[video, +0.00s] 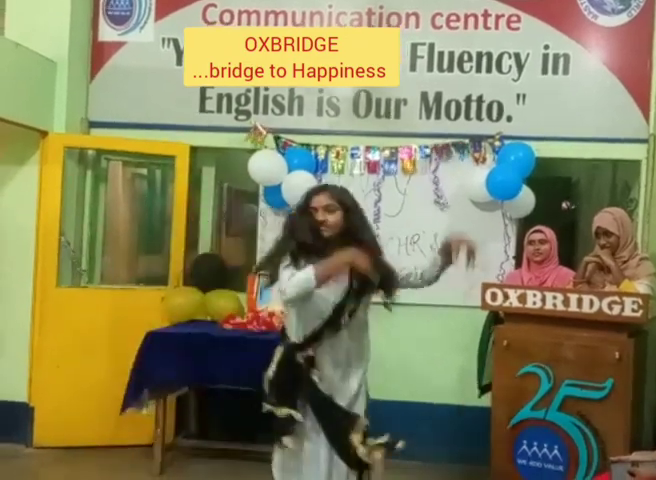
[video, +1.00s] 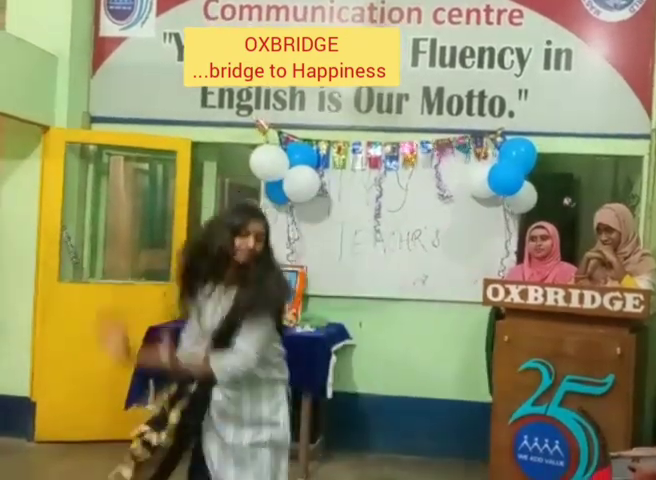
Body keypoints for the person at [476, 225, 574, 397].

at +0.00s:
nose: (537, 247)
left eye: (542, 243)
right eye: (531, 243)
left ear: (552, 247)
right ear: (525, 248)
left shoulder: (567, 277)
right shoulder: (513, 277)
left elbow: (570, 313)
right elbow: (503, 312)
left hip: (554, 344)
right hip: (518, 344)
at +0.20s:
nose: (537, 246)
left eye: (543, 241)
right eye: (532, 241)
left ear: (553, 245)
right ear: (525, 246)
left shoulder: (568, 275)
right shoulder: (513, 275)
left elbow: (572, 315)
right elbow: (498, 315)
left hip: (555, 346)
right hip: (518, 345)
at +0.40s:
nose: (537, 246)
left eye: (543, 241)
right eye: (532, 241)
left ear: (553, 245)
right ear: (526, 246)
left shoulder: (568, 275)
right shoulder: (513, 276)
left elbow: (573, 318)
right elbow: (497, 320)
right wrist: (492, 375)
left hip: (555, 348)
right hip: (517, 347)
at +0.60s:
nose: (537, 246)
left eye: (543, 240)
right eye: (532, 241)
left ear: (553, 244)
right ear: (526, 246)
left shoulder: (568, 275)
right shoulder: (514, 275)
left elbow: (572, 310)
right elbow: (501, 307)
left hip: (555, 339)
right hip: (518, 338)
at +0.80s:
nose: (538, 244)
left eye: (544, 239)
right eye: (533, 239)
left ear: (554, 242)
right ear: (526, 244)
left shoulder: (569, 273)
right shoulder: (515, 273)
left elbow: (573, 308)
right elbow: (502, 306)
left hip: (556, 338)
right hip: (519, 337)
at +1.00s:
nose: (538, 244)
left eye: (544, 239)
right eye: (533, 239)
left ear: (554, 242)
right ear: (527, 244)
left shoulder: (568, 272)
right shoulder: (515, 272)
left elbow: (572, 310)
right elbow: (503, 310)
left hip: (555, 341)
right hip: (518, 341)